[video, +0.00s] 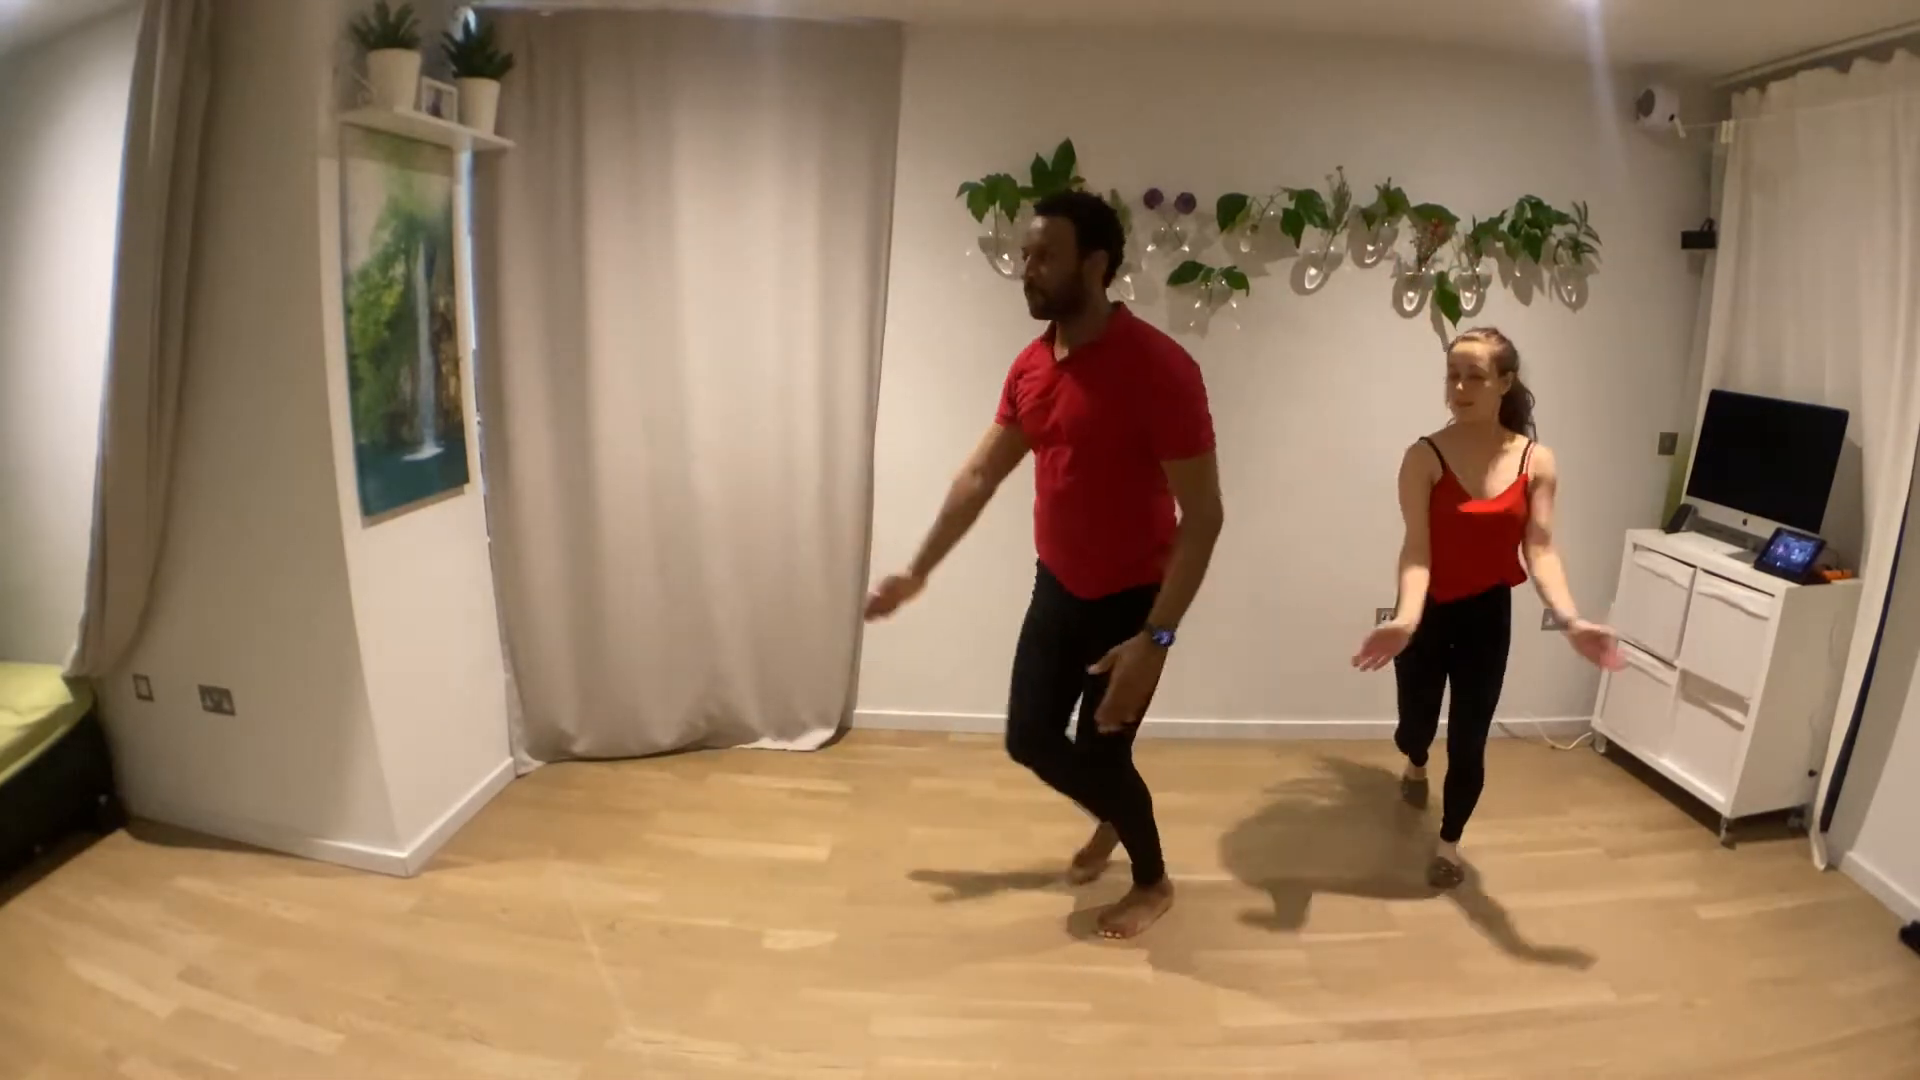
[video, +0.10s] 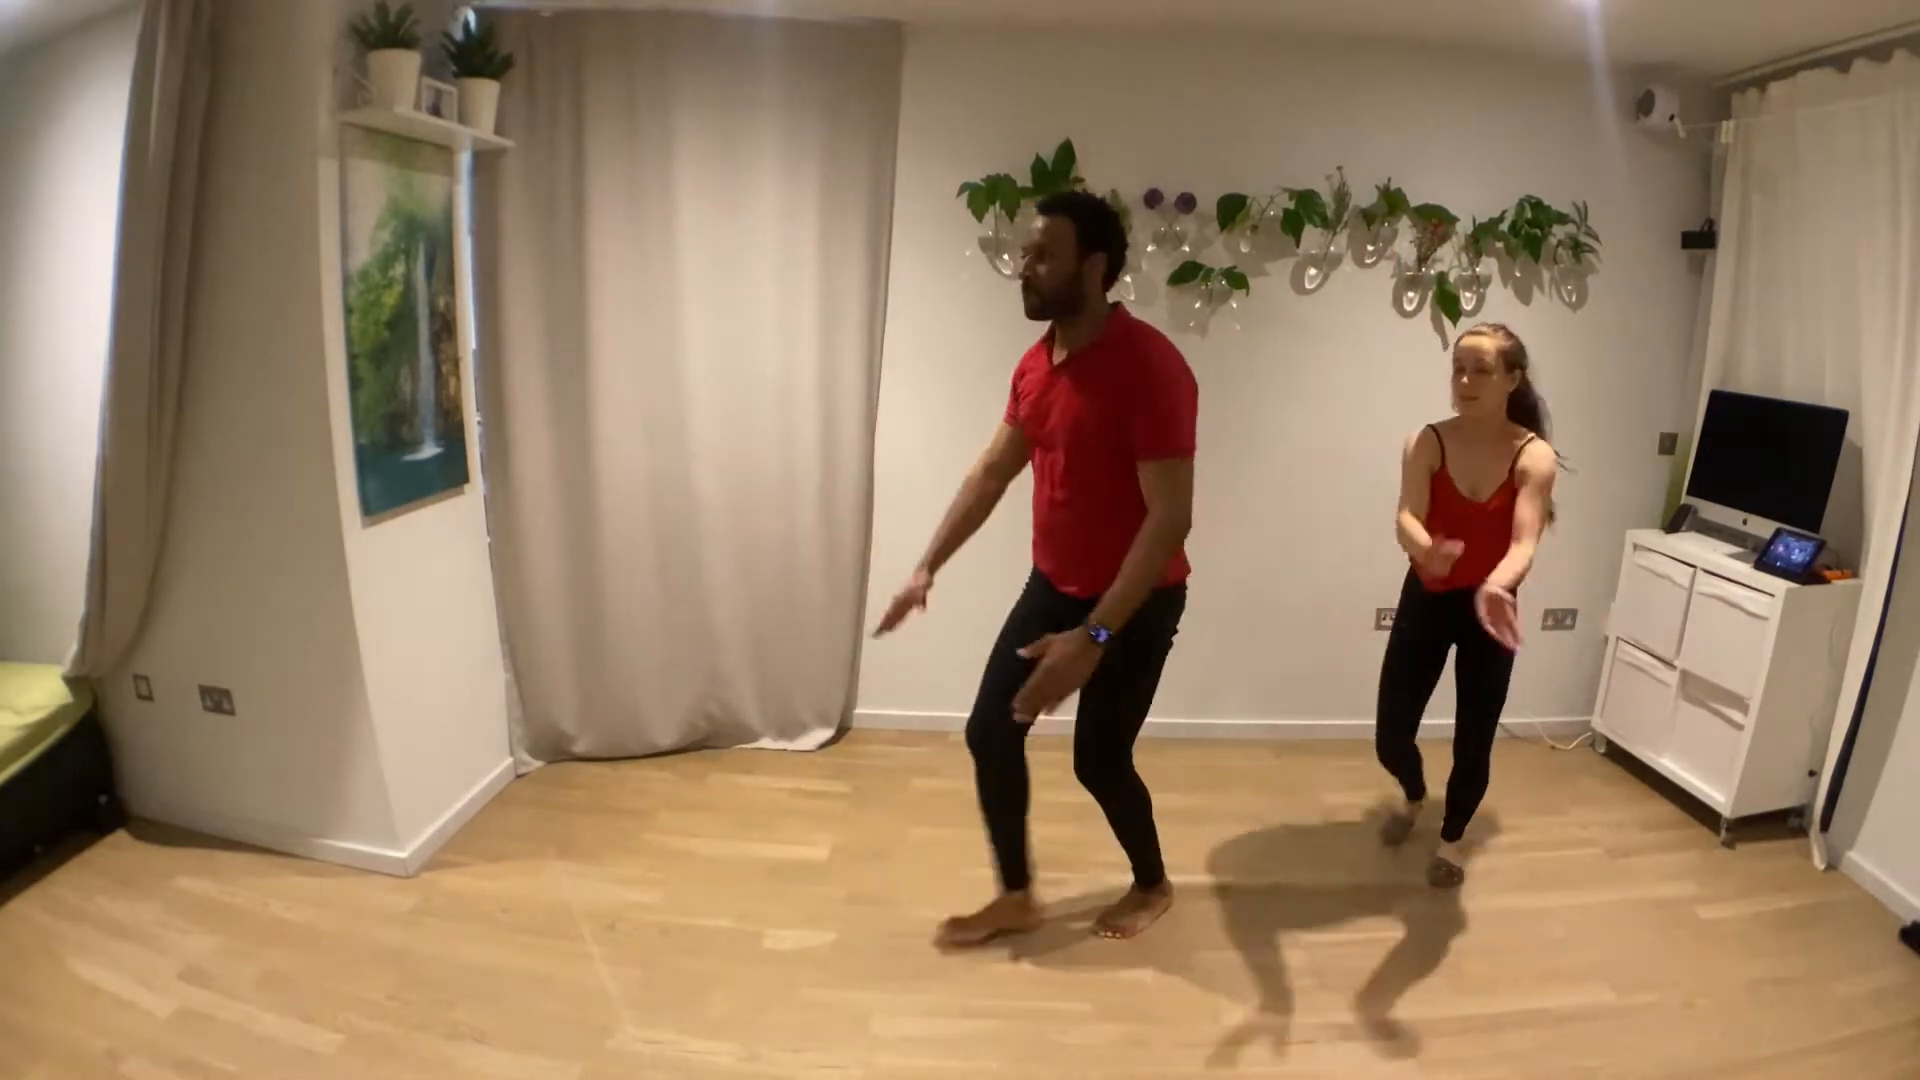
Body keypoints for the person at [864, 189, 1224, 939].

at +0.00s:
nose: (1025, 270)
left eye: (1044, 256)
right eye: (1024, 256)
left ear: (1099, 264)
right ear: (1030, 263)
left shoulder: (1161, 370)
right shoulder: (1036, 367)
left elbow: (1204, 516)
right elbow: (979, 475)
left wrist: (1156, 637)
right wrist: (917, 571)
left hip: (1133, 596)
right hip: (1059, 587)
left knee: (1100, 753)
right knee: (1030, 740)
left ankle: (1152, 881)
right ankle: (1119, 814)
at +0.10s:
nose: (1023, 269)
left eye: (1042, 256)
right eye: (1023, 255)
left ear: (1100, 267)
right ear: (1031, 261)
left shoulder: (1152, 370)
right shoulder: (1042, 364)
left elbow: (1170, 521)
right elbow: (992, 472)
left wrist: (1092, 634)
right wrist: (926, 569)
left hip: (1136, 598)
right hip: (1057, 587)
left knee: (1101, 758)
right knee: (992, 728)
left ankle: (1151, 885)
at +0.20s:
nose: (1014, 271)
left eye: (1033, 259)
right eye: (1017, 257)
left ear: (1087, 275)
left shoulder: (1137, 362)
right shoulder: (1031, 359)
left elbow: (1166, 485)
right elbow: (959, 414)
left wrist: (1072, 583)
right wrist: (887, 456)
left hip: (1125, 604)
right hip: (1045, 597)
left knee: (1095, 765)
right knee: (971, 750)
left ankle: (1152, 885)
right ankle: (876, 901)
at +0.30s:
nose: (996, 276)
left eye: (1015, 265)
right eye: (998, 261)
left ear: (1068, 281)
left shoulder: (1112, 356)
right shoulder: (1011, 339)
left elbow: (1175, 415)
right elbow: (945, 322)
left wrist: (1087, 489)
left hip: (1109, 612)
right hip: (1025, 604)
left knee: (1086, 777)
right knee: (930, 747)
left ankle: (1152, 882)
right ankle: (819, 899)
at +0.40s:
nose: (968, 276)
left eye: (987, 264)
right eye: (971, 261)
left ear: (1042, 279)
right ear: (979, 270)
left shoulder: (1084, 344)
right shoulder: (998, 325)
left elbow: (1178, 341)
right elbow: (958, 257)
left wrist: (1122, 373)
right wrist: (868, 218)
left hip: (1084, 620)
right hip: (997, 605)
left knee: (1072, 787)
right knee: (895, 747)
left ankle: (1152, 882)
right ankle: (821, 931)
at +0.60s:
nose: (881, 259)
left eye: (900, 245)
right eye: (885, 244)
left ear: (954, 264)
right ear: (928, 260)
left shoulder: (1010, 346)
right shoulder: (917, 335)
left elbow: (1137, 330)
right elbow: (926, 241)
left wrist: (1123, 231)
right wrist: (906, 137)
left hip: (982, 626)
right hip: (900, 622)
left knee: (1040, 779)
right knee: (829, 791)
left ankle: (1143, 868)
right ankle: (844, 976)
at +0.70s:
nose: (826, 258)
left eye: (844, 243)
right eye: (832, 240)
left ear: (899, 265)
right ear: (887, 266)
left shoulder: (951, 361)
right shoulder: (868, 344)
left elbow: (1084, 380)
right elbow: (892, 256)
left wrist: (1108, 249)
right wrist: (889, 166)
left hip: (928, 636)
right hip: (845, 632)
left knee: (953, 829)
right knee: (787, 801)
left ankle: (1101, 878)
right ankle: (840, 979)